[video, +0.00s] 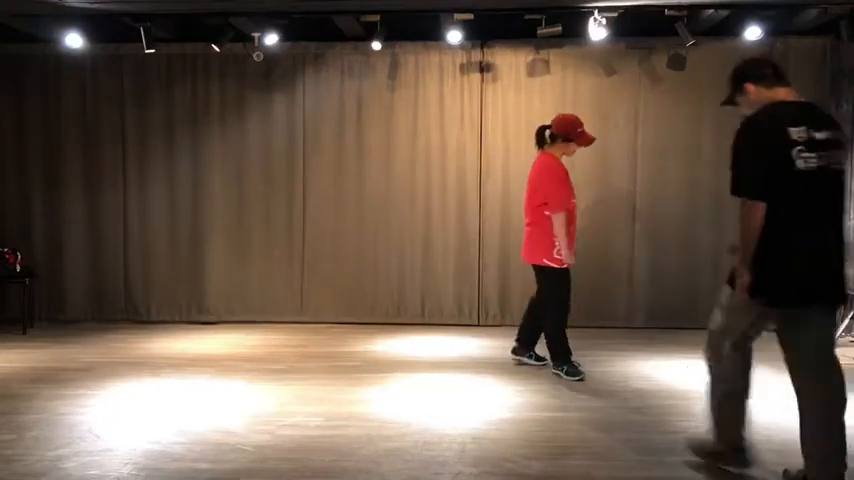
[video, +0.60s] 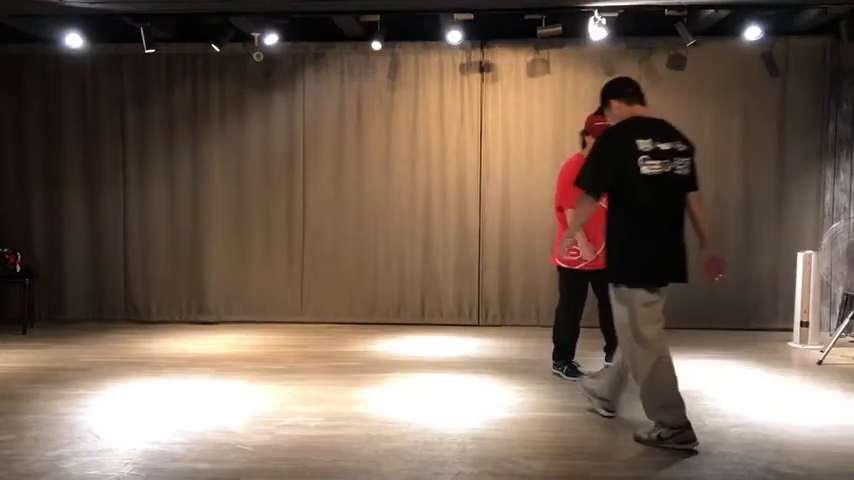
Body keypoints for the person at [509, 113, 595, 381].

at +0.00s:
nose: (577, 148)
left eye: (578, 144)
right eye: (575, 143)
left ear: (557, 139)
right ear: (564, 141)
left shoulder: (544, 163)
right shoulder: (552, 168)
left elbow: (552, 209)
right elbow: (558, 212)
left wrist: (557, 241)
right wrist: (563, 245)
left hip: (542, 248)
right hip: (550, 250)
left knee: (545, 298)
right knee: (556, 304)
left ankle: (523, 347)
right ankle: (561, 360)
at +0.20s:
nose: (587, 146)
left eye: (588, 142)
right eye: (585, 141)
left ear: (570, 138)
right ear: (570, 138)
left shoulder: (568, 164)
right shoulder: (558, 167)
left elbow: (570, 207)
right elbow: (556, 211)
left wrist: (578, 241)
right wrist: (560, 245)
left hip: (573, 249)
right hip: (561, 252)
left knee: (578, 292)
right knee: (560, 305)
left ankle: (547, 338)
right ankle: (560, 358)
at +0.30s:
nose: (590, 146)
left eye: (592, 141)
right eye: (587, 140)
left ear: (576, 138)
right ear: (572, 137)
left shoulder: (577, 162)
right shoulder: (561, 166)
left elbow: (579, 204)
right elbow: (563, 208)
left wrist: (584, 240)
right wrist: (562, 243)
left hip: (581, 249)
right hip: (564, 252)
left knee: (589, 294)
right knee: (563, 304)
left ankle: (563, 344)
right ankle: (560, 358)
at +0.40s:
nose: (594, 145)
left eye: (596, 140)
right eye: (591, 139)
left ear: (590, 138)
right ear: (575, 136)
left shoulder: (588, 163)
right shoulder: (564, 166)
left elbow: (590, 202)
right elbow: (563, 208)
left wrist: (594, 235)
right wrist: (571, 243)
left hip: (588, 248)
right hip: (566, 251)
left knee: (594, 298)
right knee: (564, 306)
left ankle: (588, 348)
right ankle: (561, 360)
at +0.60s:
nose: (602, 143)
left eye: (606, 137)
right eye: (598, 137)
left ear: (608, 139)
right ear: (587, 137)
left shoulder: (613, 165)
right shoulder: (575, 165)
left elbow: (618, 208)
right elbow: (566, 205)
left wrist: (618, 243)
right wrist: (580, 240)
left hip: (604, 252)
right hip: (574, 252)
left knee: (611, 304)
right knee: (571, 307)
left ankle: (614, 353)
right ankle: (562, 358)